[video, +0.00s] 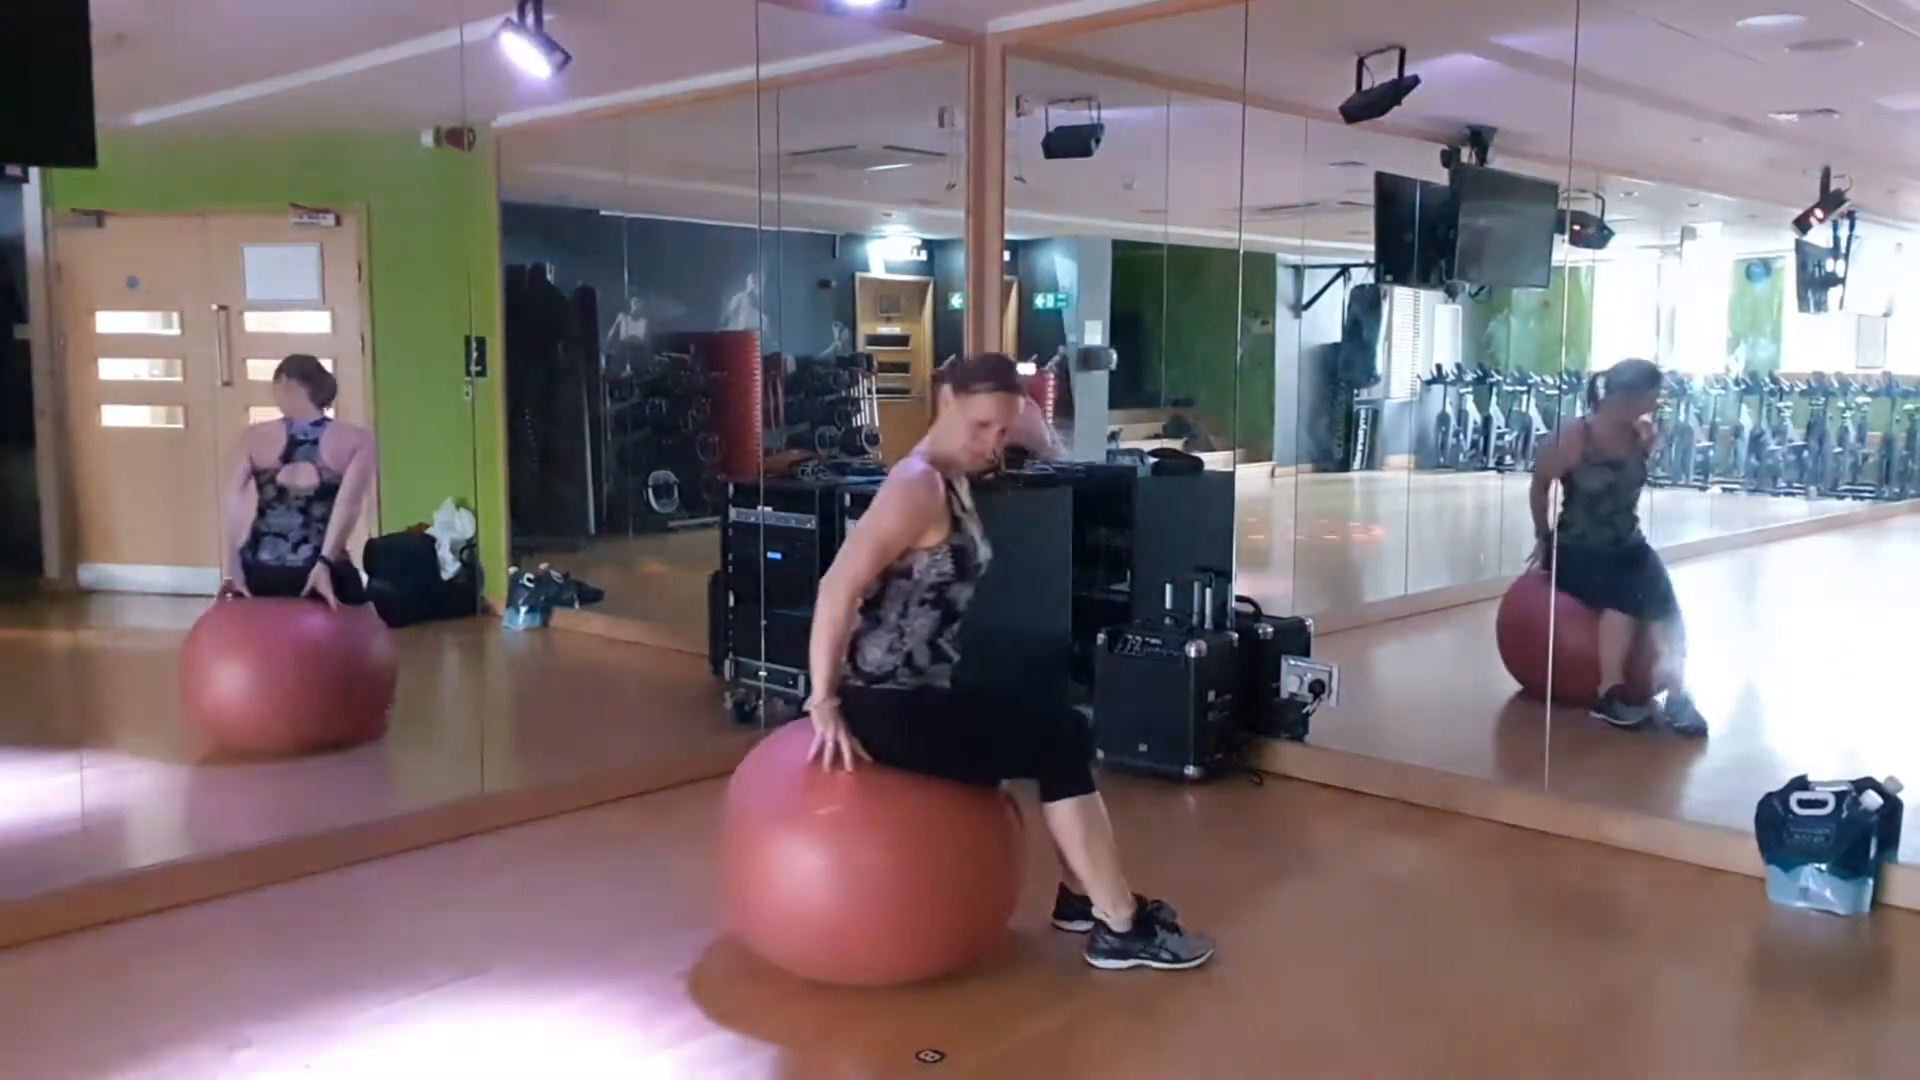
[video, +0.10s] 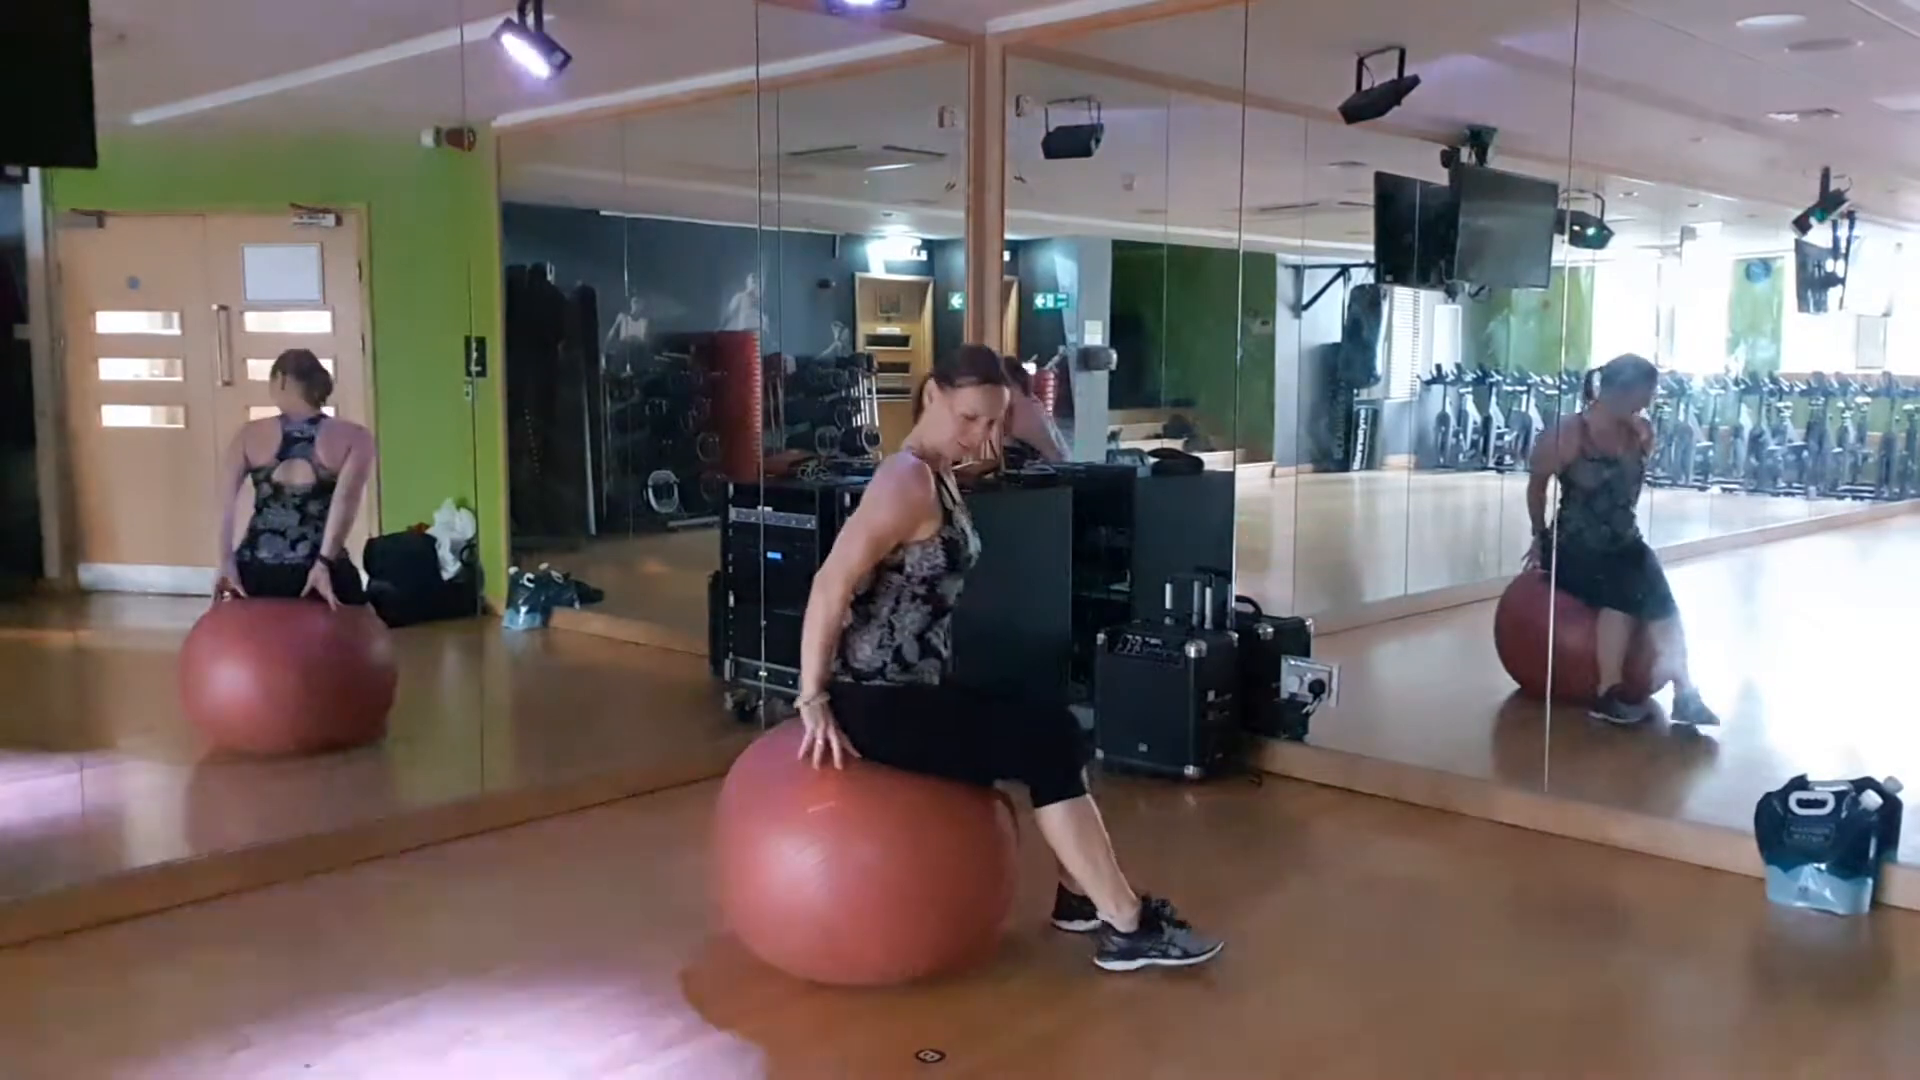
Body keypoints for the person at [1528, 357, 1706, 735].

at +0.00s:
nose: (1653, 407)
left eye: (1655, 400)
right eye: (1650, 399)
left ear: (1640, 402)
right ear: (1624, 396)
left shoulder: (1642, 434)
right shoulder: (1573, 436)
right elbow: (1540, 484)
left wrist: (1650, 443)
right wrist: (1543, 538)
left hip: (1627, 542)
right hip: (1577, 545)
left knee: (1662, 598)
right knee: (1624, 590)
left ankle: (1677, 695)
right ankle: (1610, 691)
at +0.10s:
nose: (1644, 405)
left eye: (1647, 398)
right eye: (1641, 397)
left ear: (1638, 394)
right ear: (1619, 390)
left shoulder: (1638, 432)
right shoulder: (1567, 433)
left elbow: (1628, 488)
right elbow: (1537, 485)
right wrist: (1539, 534)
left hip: (1625, 544)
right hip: (1575, 544)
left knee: (1659, 596)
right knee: (1620, 590)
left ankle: (1685, 694)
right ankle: (1608, 693)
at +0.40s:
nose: (1648, 404)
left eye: (1650, 397)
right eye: (1643, 396)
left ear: (1644, 396)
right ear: (1617, 389)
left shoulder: (1644, 433)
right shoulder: (1569, 433)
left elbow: (1633, 490)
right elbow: (1540, 490)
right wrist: (1542, 542)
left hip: (1627, 545)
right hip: (1575, 545)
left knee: (1663, 592)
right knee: (1624, 587)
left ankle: (1696, 696)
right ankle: (1615, 691)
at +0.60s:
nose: (1659, 388)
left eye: (1659, 379)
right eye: (1651, 379)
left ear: (1647, 388)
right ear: (1624, 383)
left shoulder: (1658, 437)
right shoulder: (1575, 438)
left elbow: (1648, 497)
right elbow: (1553, 493)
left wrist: (1638, 537)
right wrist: (1555, 543)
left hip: (1639, 548)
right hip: (1586, 546)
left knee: (1670, 591)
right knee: (1628, 590)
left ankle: (1698, 699)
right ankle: (1632, 695)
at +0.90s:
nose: (1680, 351)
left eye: (1678, 343)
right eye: (1672, 343)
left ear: (1650, 348)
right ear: (1646, 347)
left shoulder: (1678, 404)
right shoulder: (1603, 404)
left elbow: (1677, 472)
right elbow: (1581, 474)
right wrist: (1572, 532)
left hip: (1663, 520)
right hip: (1610, 519)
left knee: (1691, 601)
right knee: (1651, 590)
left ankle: (1698, 699)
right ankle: (1632, 696)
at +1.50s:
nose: (1680, 376)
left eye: (1678, 368)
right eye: (1672, 369)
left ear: (1660, 375)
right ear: (1644, 373)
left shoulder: (1679, 430)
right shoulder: (1601, 425)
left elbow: (1666, 493)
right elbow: (1567, 485)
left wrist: (1650, 539)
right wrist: (1550, 543)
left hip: (1645, 549)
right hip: (1593, 546)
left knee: (1689, 603)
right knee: (1650, 592)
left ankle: (1698, 701)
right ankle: (1634, 697)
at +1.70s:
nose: (1669, 395)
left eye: (1670, 388)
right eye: (1663, 387)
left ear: (1653, 392)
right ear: (1636, 387)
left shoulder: (1667, 440)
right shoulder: (1589, 439)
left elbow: (1646, 496)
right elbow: (1551, 493)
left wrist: (1636, 547)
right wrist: (1538, 548)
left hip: (1633, 556)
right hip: (1582, 554)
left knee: (1676, 592)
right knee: (1638, 591)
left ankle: (1699, 701)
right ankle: (1634, 699)